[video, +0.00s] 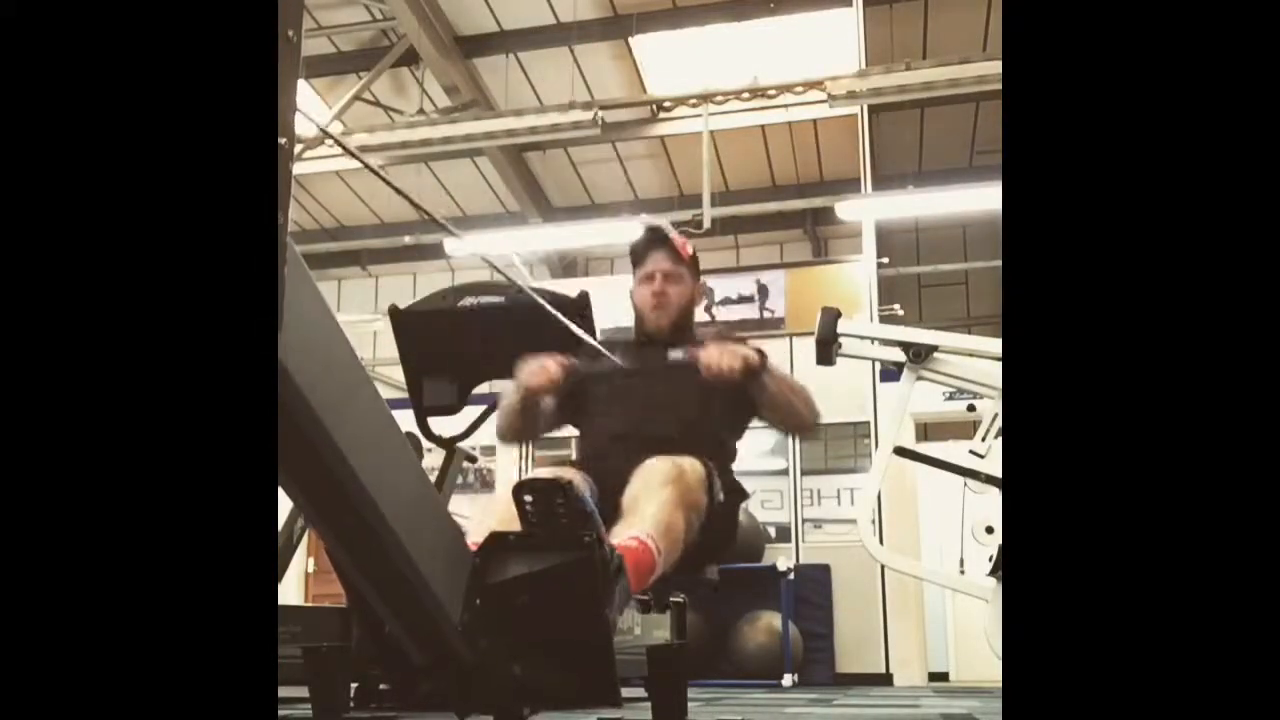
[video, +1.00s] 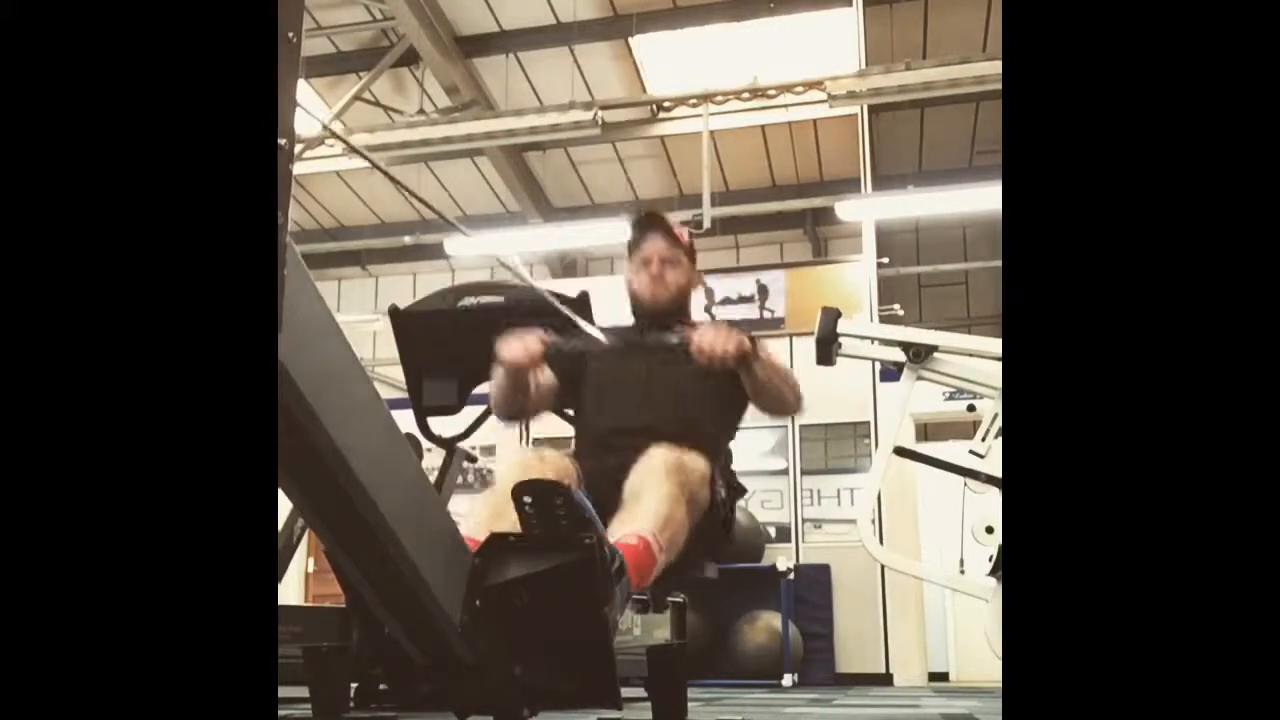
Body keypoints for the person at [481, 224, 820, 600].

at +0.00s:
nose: (658, 289)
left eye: (672, 279)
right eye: (647, 279)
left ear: (697, 292)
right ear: (633, 290)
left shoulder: (726, 355)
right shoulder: (596, 360)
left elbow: (804, 421)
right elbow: (514, 432)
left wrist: (753, 371)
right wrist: (526, 392)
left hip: (697, 499)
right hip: (596, 493)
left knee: (663, 475)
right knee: (538, 485)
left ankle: (608, 589)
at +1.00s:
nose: (655, 272)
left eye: (670, 262)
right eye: (643, 263)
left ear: (694, 277)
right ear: (627, 276)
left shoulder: (724, 345)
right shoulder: (594, 349)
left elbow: (787, 404)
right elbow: (511, 409)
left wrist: (747, 356)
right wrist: (513, 367)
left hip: (691, 488)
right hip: (592, 484)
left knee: (666, 462)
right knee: (533, 464)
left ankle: (609, 582)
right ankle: (470, 567)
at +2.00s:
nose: (647, 230)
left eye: (662, 222)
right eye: (636, 222)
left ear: (689, 238)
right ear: (622, 236)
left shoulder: (717, 303)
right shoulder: (590, 313)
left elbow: (764, 359)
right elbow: (514, 364)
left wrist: (728, 314)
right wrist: (490, 331)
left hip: (688, 476)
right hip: (582, 471)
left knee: (666, 424)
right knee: (521, 428)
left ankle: (609, 572)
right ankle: (451, 556)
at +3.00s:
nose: (619, 182)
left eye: (636, 175)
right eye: (606, 175)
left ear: (665, 196)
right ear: (588, 200)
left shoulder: (699, 267)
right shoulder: (556, 276)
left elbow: (735, 328)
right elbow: (478, 328)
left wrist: (697, 287)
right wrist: (429, 307)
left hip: (676, 477)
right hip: (562, 474)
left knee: (664, 395)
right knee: (508, 398)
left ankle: (612, 568)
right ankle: (446, 557)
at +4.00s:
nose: (577, 146)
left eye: (597, 137)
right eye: (563, 140)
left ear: (634, 163)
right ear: (545, 167)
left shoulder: (679, 240)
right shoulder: (512, 248)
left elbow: (704, 282)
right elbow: (440, 292)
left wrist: (662, 265)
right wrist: (364, 280)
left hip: (661, 484)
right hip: (543, 481)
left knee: (652, 332)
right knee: (493, 339)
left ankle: (607, 557)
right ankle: (444, 552)